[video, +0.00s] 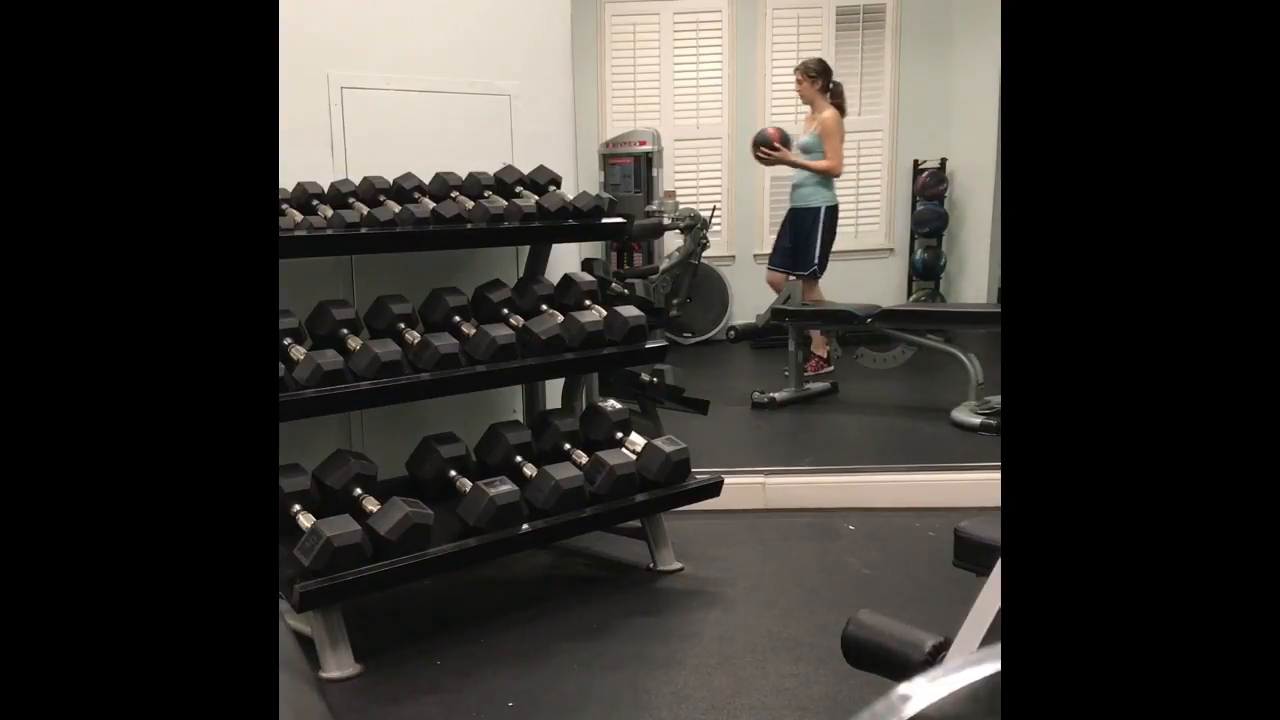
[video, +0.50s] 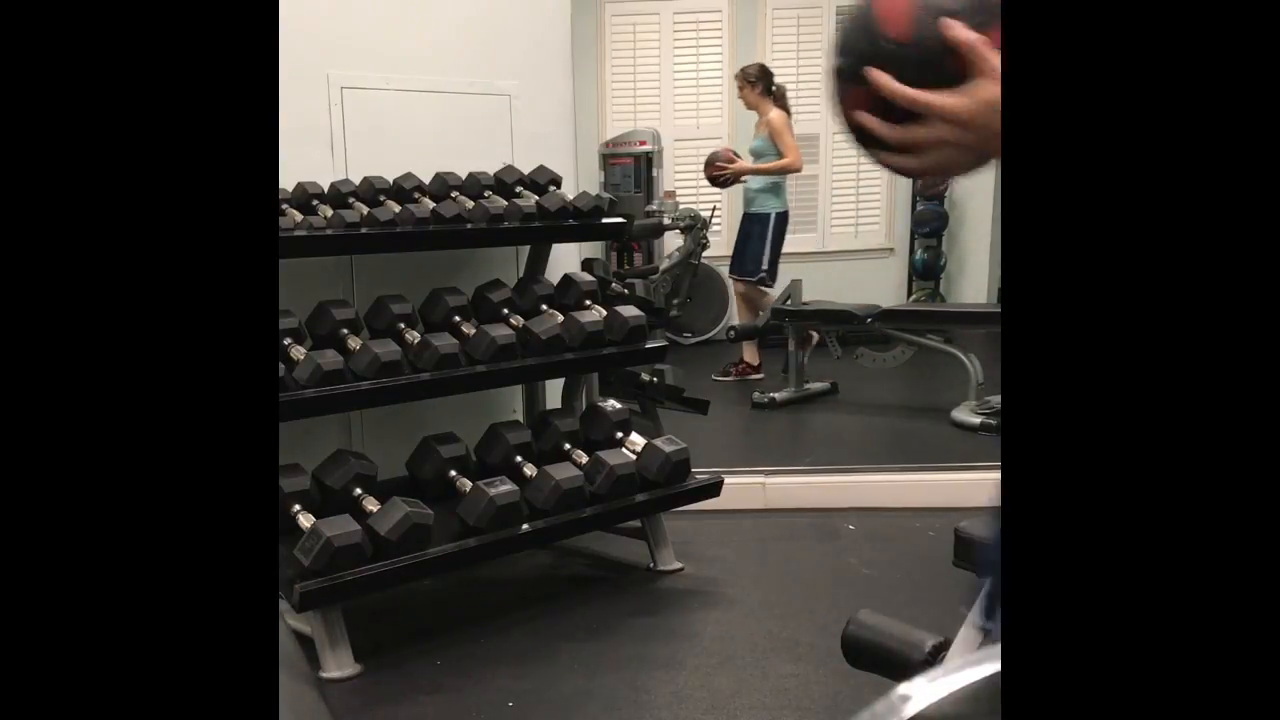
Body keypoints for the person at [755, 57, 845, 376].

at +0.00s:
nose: (796, 88)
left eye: (799, 82)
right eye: (796, 83)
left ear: (816, 82)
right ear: (810, 83)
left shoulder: (829, 116)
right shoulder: (811, 116)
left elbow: (835, 167)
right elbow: (813, 161)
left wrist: (791, 159)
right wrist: (782, 154)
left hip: (819, 207)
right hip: (800, 206)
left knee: (808, 284)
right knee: (776, 277)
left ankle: (821, 350)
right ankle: (818, 330)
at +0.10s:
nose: (786, 89)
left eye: (788, 83)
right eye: (785, 83)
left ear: (805, 83)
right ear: (802, 84)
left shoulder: (820, 116)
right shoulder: (802, 117)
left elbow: (825, 168)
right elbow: (805, 164)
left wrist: (784, 159)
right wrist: (773, 159)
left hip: (812, 209)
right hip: (790, 209)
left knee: (807, 284)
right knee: (767, 277)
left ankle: (820, 352)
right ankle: (782, 349)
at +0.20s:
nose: (774, 89)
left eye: (777, 84)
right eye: (774, 84)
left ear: (792, 84)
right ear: (792, 85)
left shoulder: (810, 118)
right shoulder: (794, 118)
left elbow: (817, 167)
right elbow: (796, 166)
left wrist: (774, 158)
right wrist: (767, 163)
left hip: (802, 210)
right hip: (780, 210)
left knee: (800, 285)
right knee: (760, 280)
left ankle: (820, 352)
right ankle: (758, 356)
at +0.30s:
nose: (762, 93)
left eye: (764, 87)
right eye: (761, 87)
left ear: (780, 86)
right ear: (779, 86)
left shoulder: (798, 118)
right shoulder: (781, 120)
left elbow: (811, 166)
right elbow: (790, 165)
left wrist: (766, 165)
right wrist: (761, 170)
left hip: (791, 212)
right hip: (771, 212)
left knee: (791, 287)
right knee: (752, 282)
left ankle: (820, 351)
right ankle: (751, 361)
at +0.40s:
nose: (749, 94)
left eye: (752, 88)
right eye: (749, 89)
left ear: (766, 88)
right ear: (767, 88)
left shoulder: (786, 118)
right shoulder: (772, 120)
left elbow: (802, 163)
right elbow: (779, 164)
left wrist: (756, 168)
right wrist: (749, 167)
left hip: (779, 211)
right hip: (762, 211)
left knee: (771, 286)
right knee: (745, 283)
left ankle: (814, 343)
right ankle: (751, 362)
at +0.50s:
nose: (739, 96)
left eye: (742, 89)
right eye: (739, 90)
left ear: (757, 88)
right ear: (756, 88)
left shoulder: (776, 118)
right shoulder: (762, 122)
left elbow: (795, 162)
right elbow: (771, 165)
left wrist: (748, 168)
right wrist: (740, 168)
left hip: (769, 212)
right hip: (755, 211)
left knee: (747, 284)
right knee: (740, 282)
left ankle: (801, 332)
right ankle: (750, 361)